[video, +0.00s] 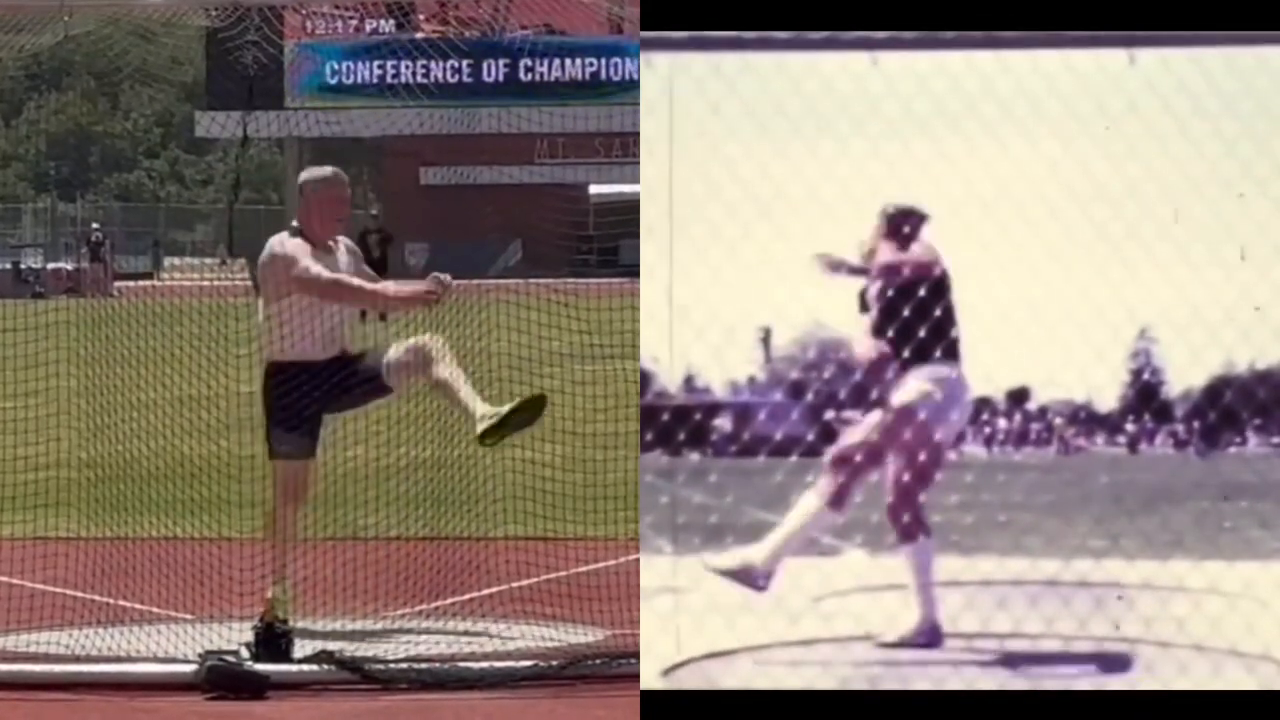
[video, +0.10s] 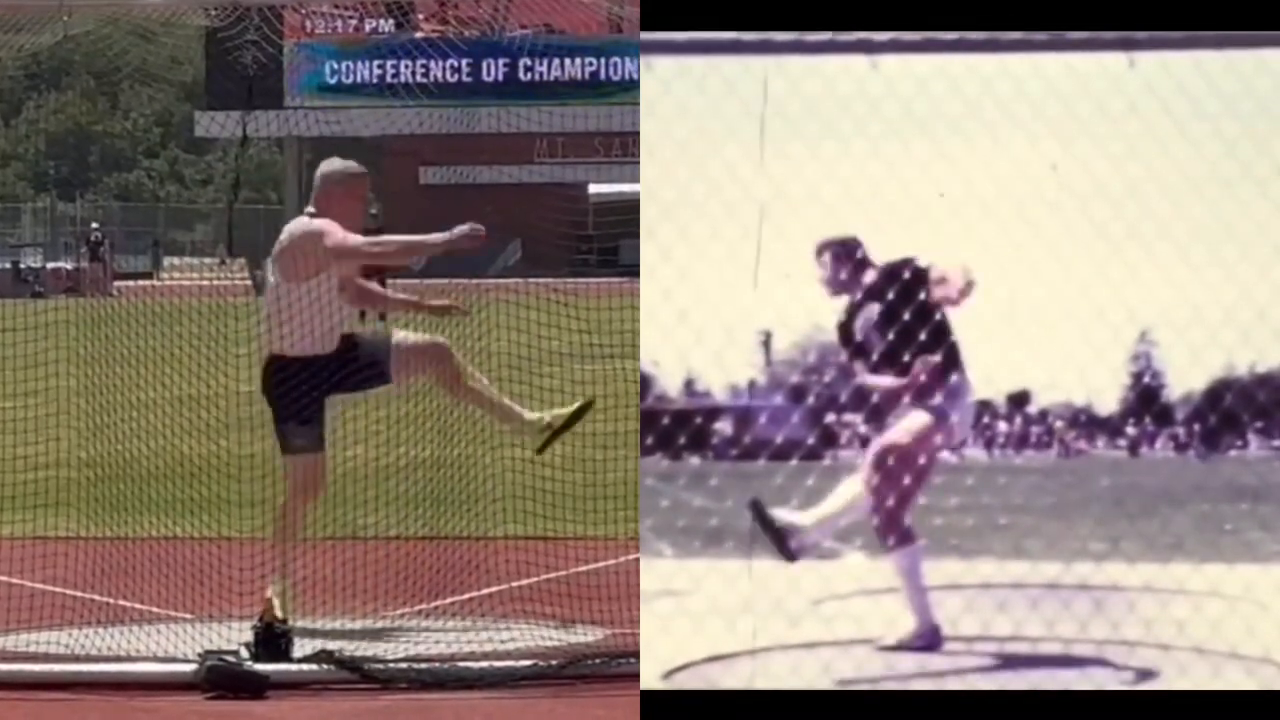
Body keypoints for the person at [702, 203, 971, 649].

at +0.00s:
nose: (877, 245)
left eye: (881, 238)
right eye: (880, 238)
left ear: (895, 237)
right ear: (899, 235)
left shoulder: (926, 259)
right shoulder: (879, 287)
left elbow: (919, 264)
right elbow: (877, 350)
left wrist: (855, 269)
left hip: (936, 383)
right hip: (909, 387)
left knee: (844, 461)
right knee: (903, 502)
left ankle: (764, 559)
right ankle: (928, 621)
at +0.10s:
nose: (823, 280)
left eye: (827, 269)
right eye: (821, 271)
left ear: (849, 263)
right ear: (836, 270)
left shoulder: (901, 274)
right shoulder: (849, 325)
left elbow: (951, 280)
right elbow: (864, 377)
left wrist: (956, 289)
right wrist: (905, 382)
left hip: (947, 395)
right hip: (908, 408)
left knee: (882, 456)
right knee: (887, 510)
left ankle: (803, 525)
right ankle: (926, 626)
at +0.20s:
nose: (816, 275)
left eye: (819, 265)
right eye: (811, 269)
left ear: (841, 255)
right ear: (815, 270)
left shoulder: (896, 268)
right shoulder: (838, 316)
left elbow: (953, 267)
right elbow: (870, 367)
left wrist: (992, 278)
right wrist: (903, 367)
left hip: (944, 377)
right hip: (899, 396)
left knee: (919, 430)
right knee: (887, 499)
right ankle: (925, 616)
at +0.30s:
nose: (816, 262)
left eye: (818, 250)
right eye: (808, 256)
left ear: (837, 239)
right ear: (807, 259)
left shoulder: (894, 258)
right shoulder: (829, 303)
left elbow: (956, 258)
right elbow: (854, 358)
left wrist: (1002, 265)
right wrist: (863, 404)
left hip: (937, 365)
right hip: (893, 389)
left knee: (952, 412)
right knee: (879, 499)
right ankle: (922, 612)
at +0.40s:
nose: (823, 248)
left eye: (824, 235)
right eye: (815, 242)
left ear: (843, 220)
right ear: (814, 240)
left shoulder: (899, 240)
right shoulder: (825, 280)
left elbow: (964, 244)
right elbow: (825, 335)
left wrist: (1011, 245)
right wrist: (840, 370)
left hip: (939, 357)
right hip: (891, 378)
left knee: (997, 398)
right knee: (873, 491)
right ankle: (909, 600)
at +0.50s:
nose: (824, 233)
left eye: (828, 221)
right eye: (817, 227)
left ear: (846, 210)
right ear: (815, 227)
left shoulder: (898, 232)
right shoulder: (822, 267)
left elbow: (961, 236)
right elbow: (816, 326)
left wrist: (1011, 233)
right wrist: (826, 374)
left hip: (941, 353)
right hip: (890, 375)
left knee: (1023, 394)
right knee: (869, 481)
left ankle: (1129, 449)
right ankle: (893, 598)